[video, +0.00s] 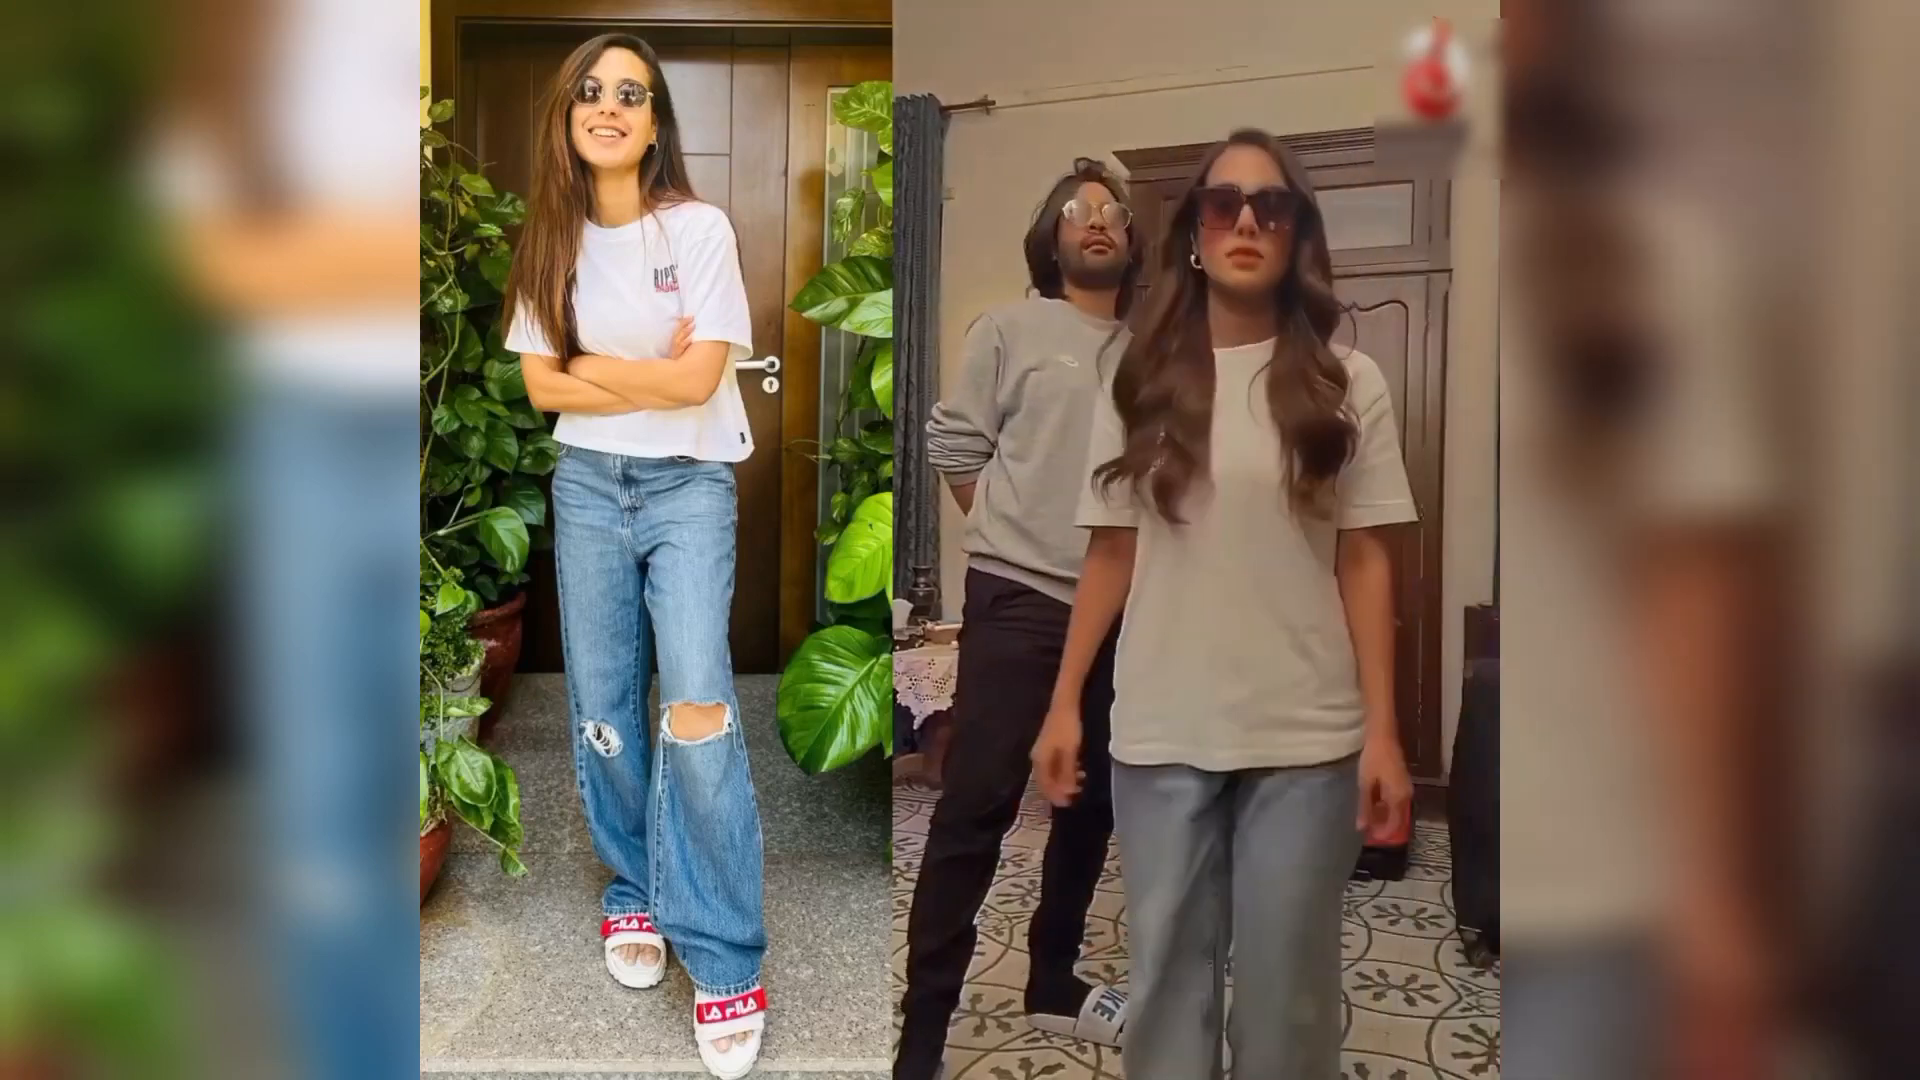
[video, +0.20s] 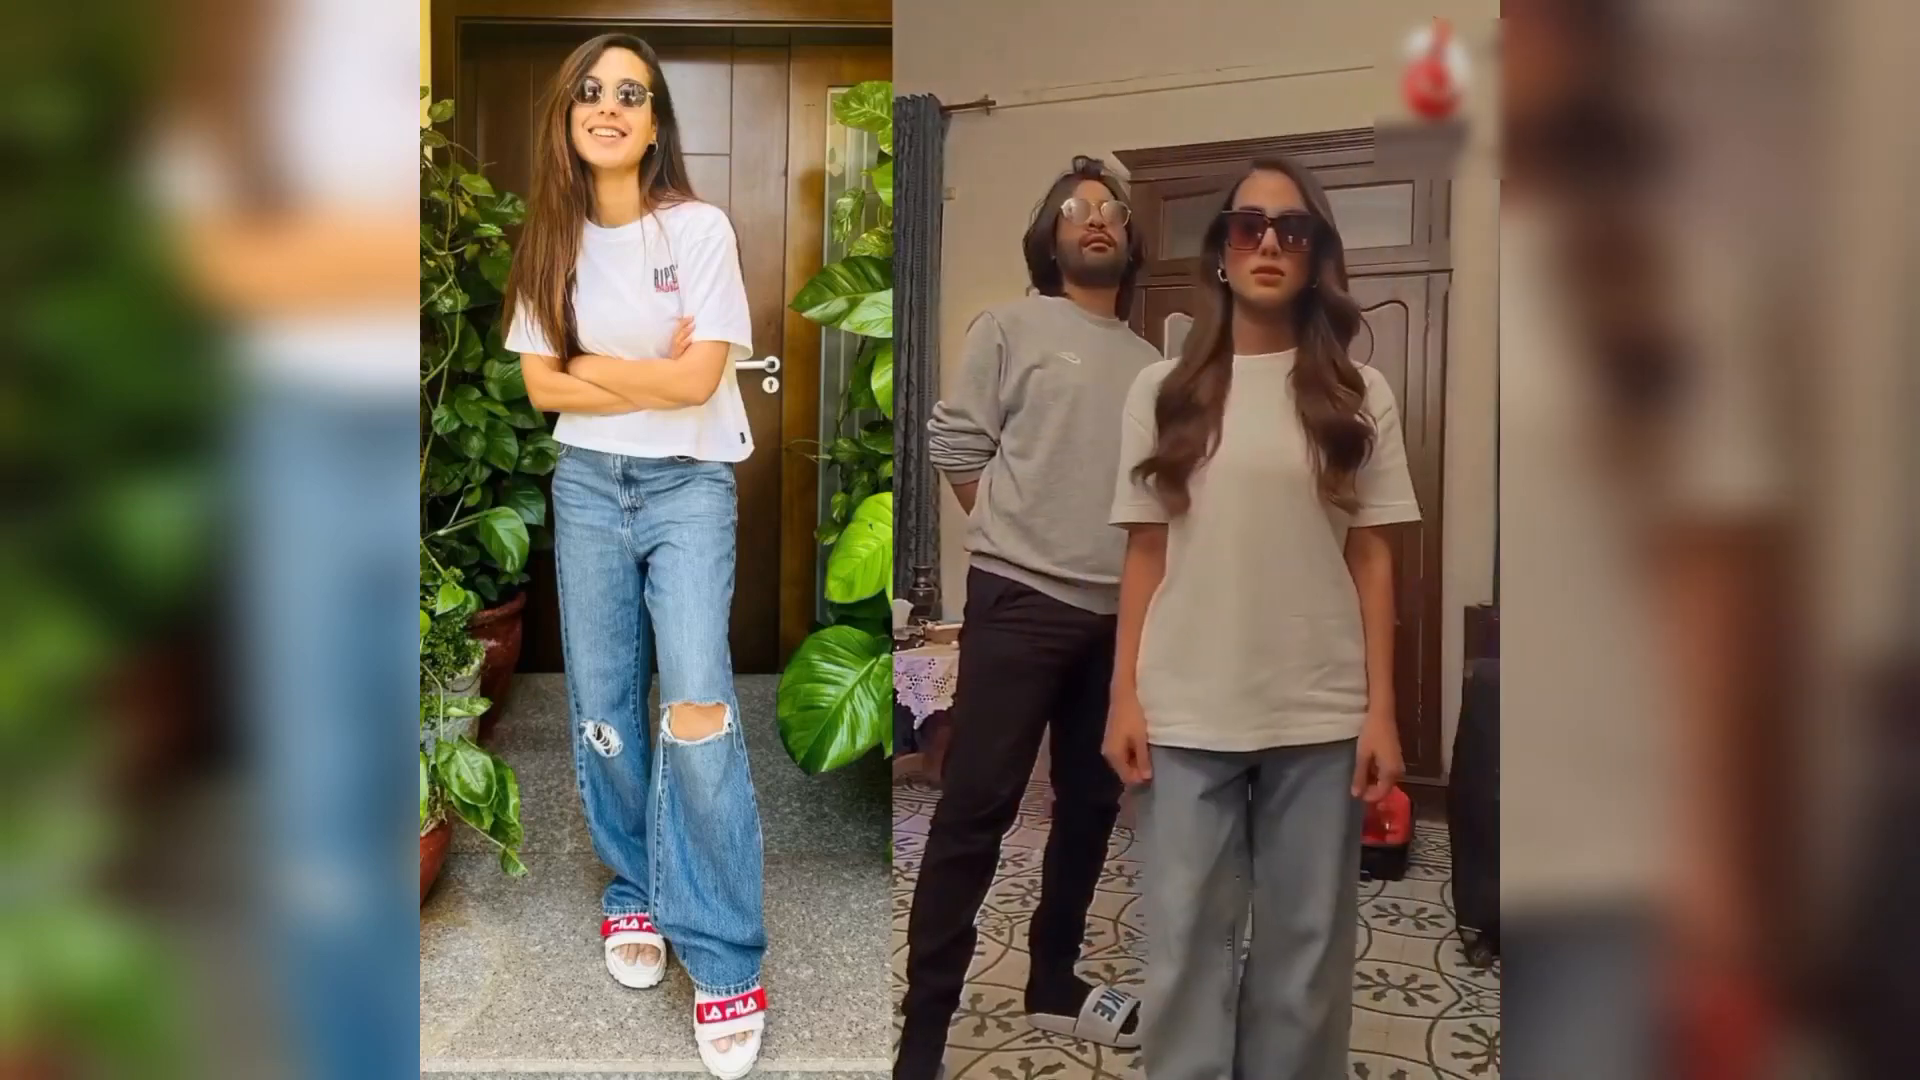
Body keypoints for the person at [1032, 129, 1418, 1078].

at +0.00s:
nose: (1246, 221)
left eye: (1270, 206)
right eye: (1224, 205)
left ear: (1300, 234)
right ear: (1193, 237)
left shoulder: (1346, 378)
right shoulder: (1143, 369)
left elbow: (1363, 561)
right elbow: (1109, 548)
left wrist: (1382, 733)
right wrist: (1065, 699)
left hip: (1308, 736)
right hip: (1162, 731)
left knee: (1287, 1003)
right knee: (1166, 997)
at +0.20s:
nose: (1270, 242)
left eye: (1293, 229)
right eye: (1250, 226)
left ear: (1319, 257)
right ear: (1222, 252)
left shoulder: (1357, 388)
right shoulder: (1168, 386)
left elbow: (1372, 559)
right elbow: (1144, 552)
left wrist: (1380, 712)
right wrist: (1125, 693)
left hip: (1320, 723)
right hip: (1184, 721)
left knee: (1303, 968)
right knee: (1181, 960)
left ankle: (1282, 1075)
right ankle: (1185, 1072)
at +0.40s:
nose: (1276, 247)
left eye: (1298, 234)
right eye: (1255, 232)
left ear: (1324, 261)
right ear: (1228, 258)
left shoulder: (1361, 392)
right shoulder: (1174, 390)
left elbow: (1379, 558)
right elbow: (1153, 551)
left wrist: (1390, 705)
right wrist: (1134, 693)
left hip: (1330, 721)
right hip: (1194, 718)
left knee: (1312, 971)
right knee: (1185, 959)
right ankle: (1184, 1072)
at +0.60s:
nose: (1277, 250)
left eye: (1299, 237)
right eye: (1257, 234)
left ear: (1323, 263)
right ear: (1228, 259)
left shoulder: (1361, 393)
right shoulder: (1173, 391)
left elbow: (1378, 557)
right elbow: (1153, 551)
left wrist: (1391, 703)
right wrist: (1137, 691)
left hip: (1332, 718)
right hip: (1196, 715)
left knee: (1315, 963)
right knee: (1186, 951)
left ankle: (1290, 1076)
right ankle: (1184, 1071)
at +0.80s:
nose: (1273, 253)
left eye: (1295, 240)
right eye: (1253, 237)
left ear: (1320, 266)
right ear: (1225, 260)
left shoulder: (1357, 395)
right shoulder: (1169, 392)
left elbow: (1372, 557)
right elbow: (1150, 552)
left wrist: (1384, 704)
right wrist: (1132, 691)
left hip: (1326, 718)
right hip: (1191, 715)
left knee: (1313, 961)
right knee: (1185, 952)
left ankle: (1288, 1075)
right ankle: (1184, 1071)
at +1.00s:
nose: (1275, 253)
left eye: (1297, 239)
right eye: (1255, 237)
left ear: (1322, 264)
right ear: (1227, 261)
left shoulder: (1350, 396)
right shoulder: (1164, 389)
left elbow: (1368, 556)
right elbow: (1145, 548)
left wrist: (1387, 701)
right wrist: (1132, 686)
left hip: (1324, 717)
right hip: (1189, 715)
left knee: (1312, 962)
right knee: (1181, 950)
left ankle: (1286, 1074)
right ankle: (1183, 1069)